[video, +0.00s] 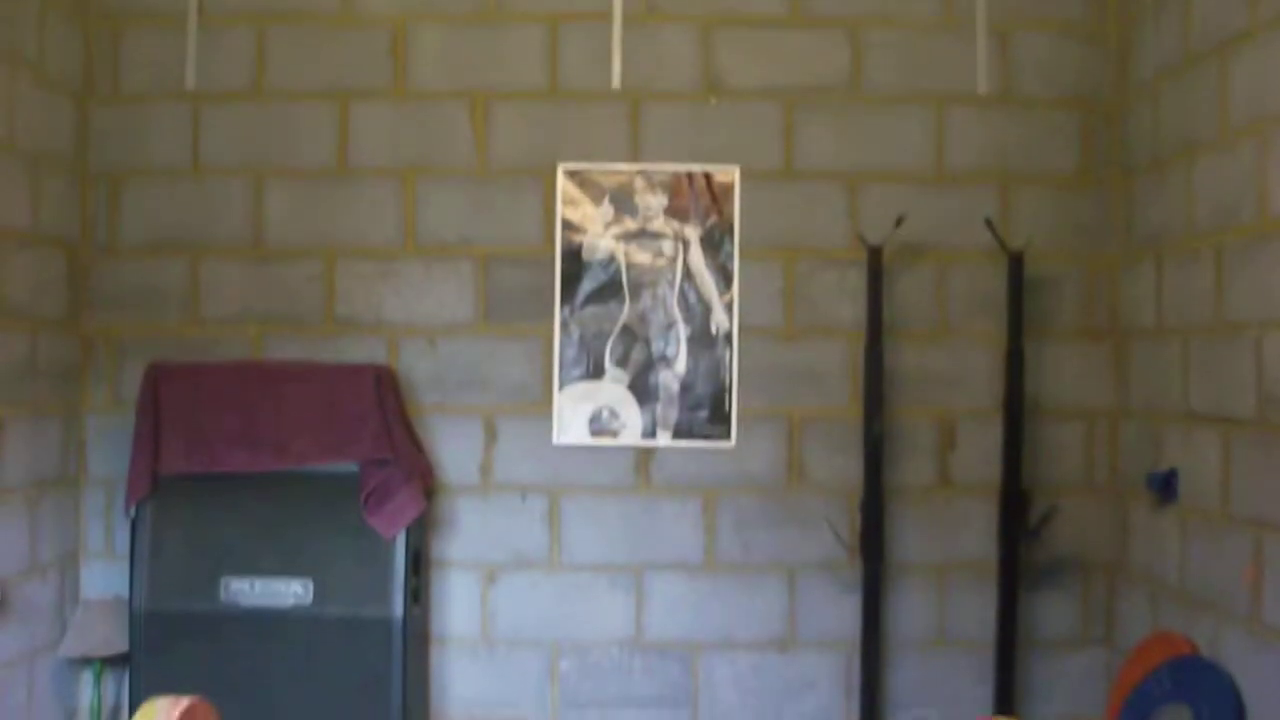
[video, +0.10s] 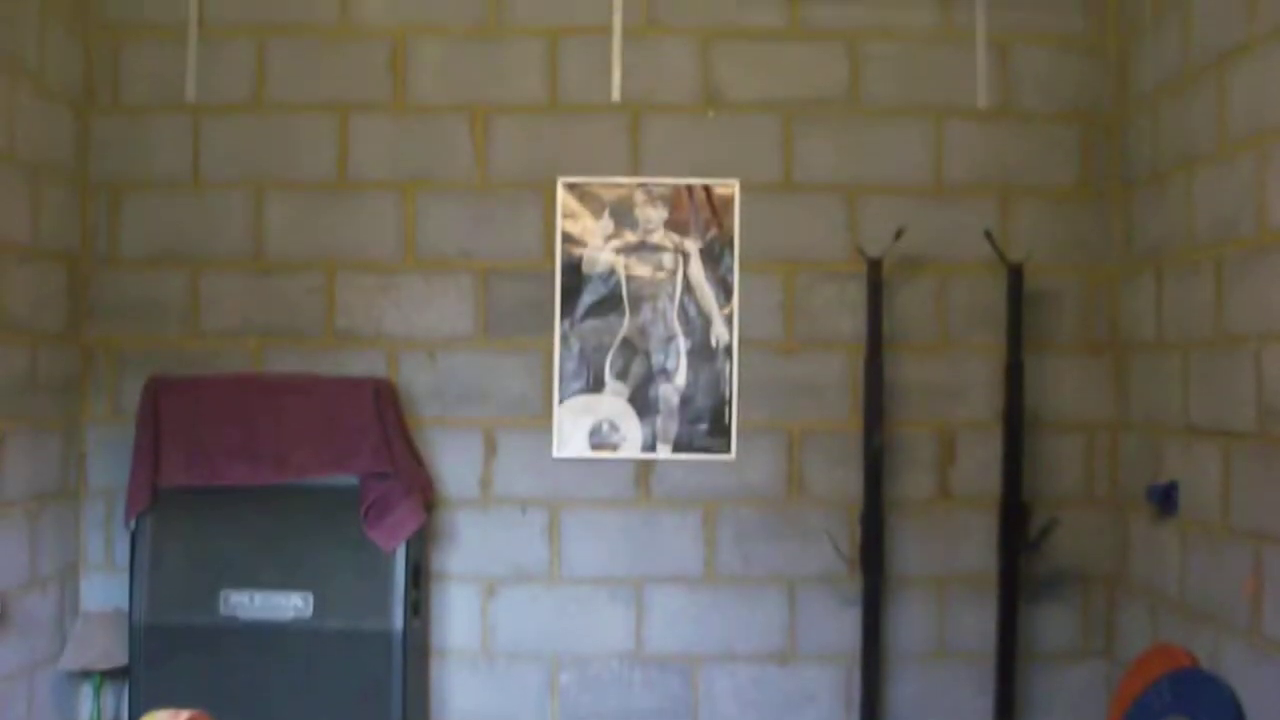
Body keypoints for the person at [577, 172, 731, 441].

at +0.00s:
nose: (648, 204)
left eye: (654, 198)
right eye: (643, 198)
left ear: (664, 201)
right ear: (636, 202)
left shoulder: (682, 234)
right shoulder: (625, 232)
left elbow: (700, 273)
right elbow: (590, 253)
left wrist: (716, 307)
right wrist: (600, 224)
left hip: (669, 318)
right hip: (633, 319)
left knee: (667, 380)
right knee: (617, 379)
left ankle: (663, 440)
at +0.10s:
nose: (648, 214)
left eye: (655, 207)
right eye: (643, 207)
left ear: (665, 212)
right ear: (635, 211)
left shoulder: (681, 247)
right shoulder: (624, 244)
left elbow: (700, 286)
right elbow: (589, 267)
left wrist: (716, 320)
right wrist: (601, 240)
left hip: (668, 333)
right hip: (630, 332)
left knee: (667, 394)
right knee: (616, 392)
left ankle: (663, 454)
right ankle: (604, 448)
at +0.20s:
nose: (650, 207)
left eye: (657, 201)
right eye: (645, 200)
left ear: (666, 206)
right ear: (635, 205)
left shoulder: (682, 241)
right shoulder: (624, 239)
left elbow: (700, 280)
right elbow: (590, 261)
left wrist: (716, 314)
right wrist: (600, 232)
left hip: (670, 326)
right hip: (633, 326)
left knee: (668, 388)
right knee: (616, 386)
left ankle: (664, 449)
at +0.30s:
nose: (648, 212)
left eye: (654, 206)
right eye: (643, 206)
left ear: (665, 210)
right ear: (635, 211)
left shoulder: (682, 246)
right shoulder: (624, 245)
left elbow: (700, 285)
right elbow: (590, 266)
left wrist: (716, 319)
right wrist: (599, 237)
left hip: (668, 332)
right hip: (631, 332)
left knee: (668, 395)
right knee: (614, 392)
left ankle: (663, 457)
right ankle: (604, 454)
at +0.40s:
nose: (648, 219)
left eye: (653, 213)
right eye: (643, 213)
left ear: (665, 211)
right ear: (635, 213)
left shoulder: (682, 246)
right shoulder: (624, 244)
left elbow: (700, 284)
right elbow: (590, 265)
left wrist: (716, 317)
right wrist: (599, 235)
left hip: (668, 331)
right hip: (631, 331)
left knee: (667, 392)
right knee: (614, 391)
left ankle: (663, 456)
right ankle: (604, 453)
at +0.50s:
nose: (648, 211)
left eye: (654, 205)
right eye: (643, 205)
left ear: (665, 208)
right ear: (635, 208)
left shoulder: (683, 244)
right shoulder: (624, 241)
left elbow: (700, 282)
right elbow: (590, 263)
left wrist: (716, 316)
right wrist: (599, 234)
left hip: (668, 331)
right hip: (631, 330)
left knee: (668, 392)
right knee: (614, 390)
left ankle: (663, 456)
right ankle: (603, 453)